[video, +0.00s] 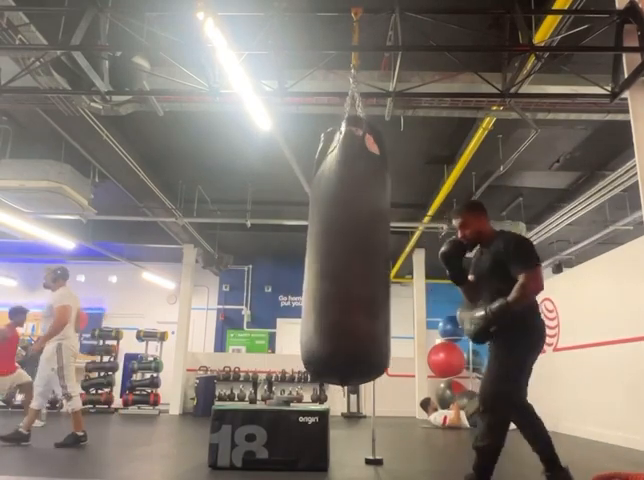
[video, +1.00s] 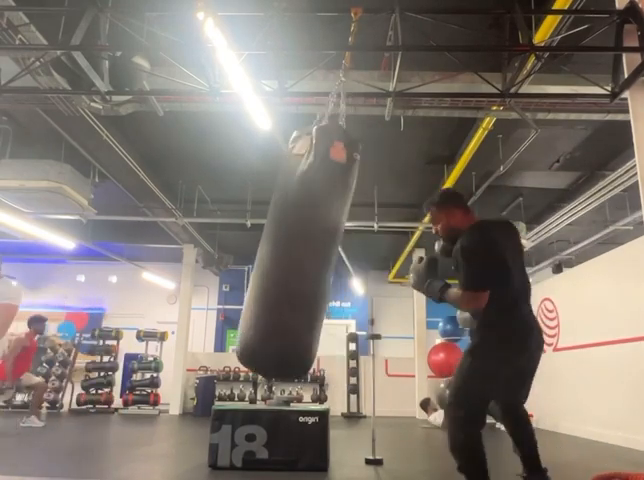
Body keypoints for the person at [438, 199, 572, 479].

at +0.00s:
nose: (460, 235)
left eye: (463, 227)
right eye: (457, 229)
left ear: (481, 219)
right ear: (468, 226)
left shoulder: (513, 243)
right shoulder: (480, 257)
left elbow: (533, 282)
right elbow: (475, 297)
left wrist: (492, 313)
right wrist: (456, 267)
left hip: (521, 331)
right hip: (506, 333)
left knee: (493, 401)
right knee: (514, 401)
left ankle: (480, 473)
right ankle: (555, 469)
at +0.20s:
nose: (448, 246)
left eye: (451, 237)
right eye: (446, 240)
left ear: (469, 231)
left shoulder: (499, 248)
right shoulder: (466, 264)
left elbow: (531, 270)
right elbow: (464, 306)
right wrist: (451, 283)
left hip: (510, 343)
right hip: (497, 345)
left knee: (459, 403)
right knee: (515, 414)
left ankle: (470, 475)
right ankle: (555, 473)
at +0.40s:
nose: (444, 225)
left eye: (449, 218)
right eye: (443, 219)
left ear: (468, 217)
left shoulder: (491, 245)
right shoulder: (455, 252)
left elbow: (485, 284)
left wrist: (438, 265)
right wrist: (421, 258)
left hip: (493, 344)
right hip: (473, 346)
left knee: (462, 408)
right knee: (492, 415)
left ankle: (474, 474)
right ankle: (544, 469)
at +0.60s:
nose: (435, 230)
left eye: (438, 222)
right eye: (434, 224)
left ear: (458, 219)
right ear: (455, 221)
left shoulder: (495, 249)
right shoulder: (455, 254)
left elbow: (531, 283)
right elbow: (445, 283)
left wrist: (491, 287)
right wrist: (419, 277)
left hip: (489, 345)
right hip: (474, 344)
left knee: (452, 411)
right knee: (497, 408)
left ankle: (472, 474)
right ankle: (542, 470)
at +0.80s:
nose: (440, 244)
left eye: (442, 236)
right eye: (439, 238)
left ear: (462, 231)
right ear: (469, 232)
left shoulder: (466, 256)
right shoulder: (509, 261)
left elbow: (461, 285)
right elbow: (536, 301)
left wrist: (424, 290)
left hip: (474, 360)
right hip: (506, 360)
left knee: (432, 427)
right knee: (503, 424)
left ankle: (457, 476)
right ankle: (542, 475)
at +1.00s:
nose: (436, 231)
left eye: (437, 222)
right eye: (433, 225)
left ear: (454, 213)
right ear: (463, 212)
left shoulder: (472, 241)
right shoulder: (505, 229)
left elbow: (475, 299)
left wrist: (433, 287)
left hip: (496, 340)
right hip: (528, 335)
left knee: (461, 415)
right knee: (510, 405)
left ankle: (476, 474)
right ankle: (535, 472)